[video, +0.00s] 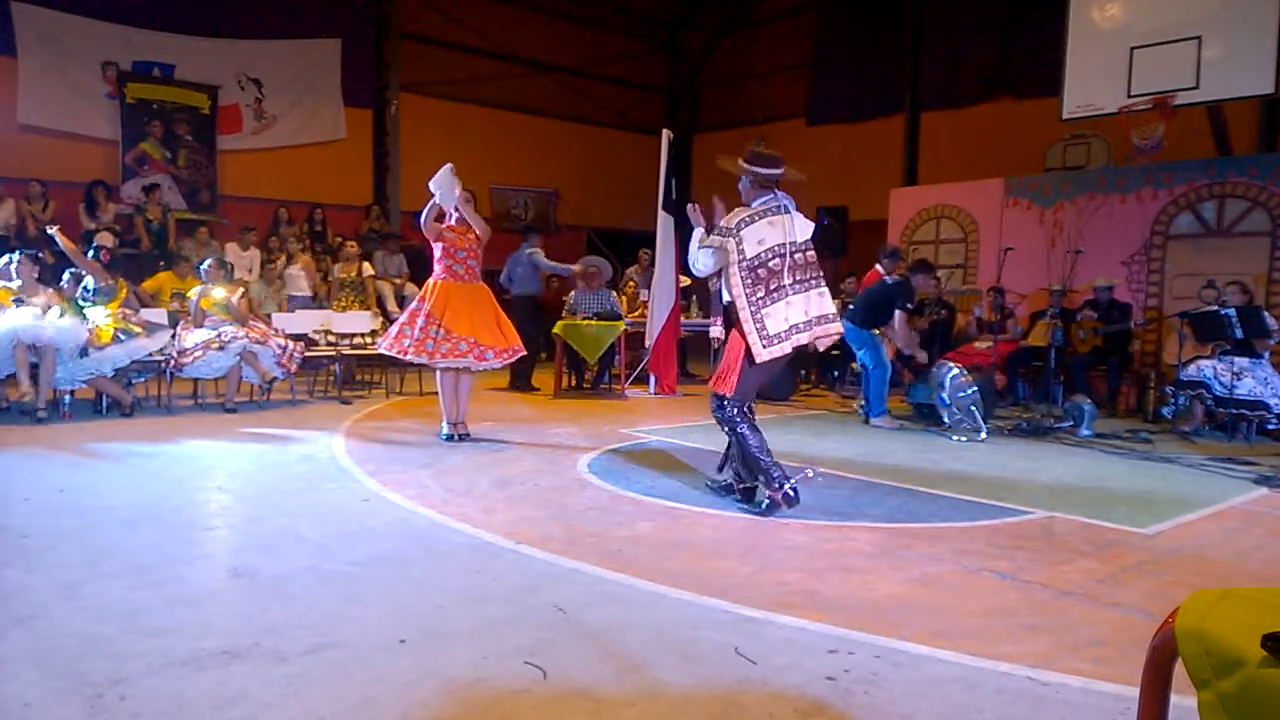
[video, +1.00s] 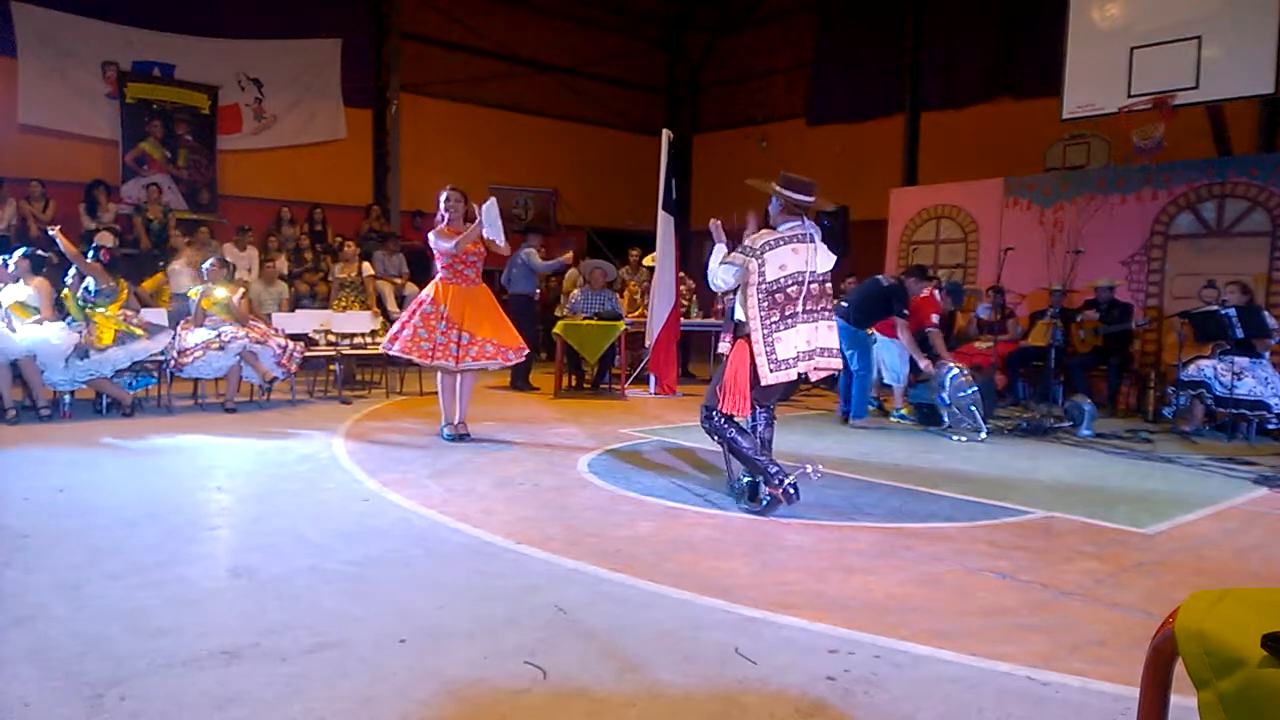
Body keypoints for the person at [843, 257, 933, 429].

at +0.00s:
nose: (930, 284)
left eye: (931, 280)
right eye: (929, 279)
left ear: (915, 275)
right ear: (920, 277)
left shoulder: (896, 283)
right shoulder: (906, 289)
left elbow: (884, 324)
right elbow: (900, 329)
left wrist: (902, 344)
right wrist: (915, 351)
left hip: (853, 323)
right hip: (860, 327)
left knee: (872, 366)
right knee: (880, 367)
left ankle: (871, 410)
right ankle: (878, 414)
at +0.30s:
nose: (930, 291)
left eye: (932, 286)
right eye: (930, 285)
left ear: (917, 278)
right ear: (920, 280)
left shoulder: (898, 286)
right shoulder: (904, 291)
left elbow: (888, 326)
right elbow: (895, 326)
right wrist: (905, 357)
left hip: (859, 324)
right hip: (861, 326)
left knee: (871, 368)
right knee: (877, 367)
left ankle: (870, 410)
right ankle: (878, 413)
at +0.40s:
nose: (930, 291)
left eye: (932, 286)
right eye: (930, 285)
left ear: (917, 278)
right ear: (920, 280)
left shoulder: (900, 287)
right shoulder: (903, 290)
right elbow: (895, 327)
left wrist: (927, 344)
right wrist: (908, 357)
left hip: (855, 322)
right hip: (859, 325)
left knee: (870, 367)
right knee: (877, 366)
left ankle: (869, 410)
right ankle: (877, 413)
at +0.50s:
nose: (927, 294)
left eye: (930, 291)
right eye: (929, 289)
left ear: (917, 280)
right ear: (920, 281)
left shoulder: (898, 286)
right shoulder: (902, 292)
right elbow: (897, 328)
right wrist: (913, 356)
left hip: (851, 323)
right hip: (858, 325)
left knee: (868, 367)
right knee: (876, 366)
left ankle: (869, 409)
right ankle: (873, 413)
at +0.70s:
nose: (926, 292)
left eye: (928, 288)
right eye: (926, 287)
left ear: (914, 279)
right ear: (916, 280)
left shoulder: (894, 283)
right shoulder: (902, 291)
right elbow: (904, 330)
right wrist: (921, 358)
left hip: (847, 323)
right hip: (856, 327)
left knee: (866, 368)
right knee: (870, 369)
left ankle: (868, 408)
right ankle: (862, 414)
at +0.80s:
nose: (923, 293)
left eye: (926, 289)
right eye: (924, 288)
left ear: (911, 279)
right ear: (915, 280)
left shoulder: (888, 281)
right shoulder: (901, 291)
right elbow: (903, 329)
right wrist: (920, 358)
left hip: (843, 322)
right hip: (856, 327)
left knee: (860, 369)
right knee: (869, 370)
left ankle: (866, 408)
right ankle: (861, 414)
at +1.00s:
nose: (920, 292)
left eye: (923, 288)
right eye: (920, 287)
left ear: (907, 278)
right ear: (911, 280)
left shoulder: (886, 280)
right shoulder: (900, 292)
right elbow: (902, 330)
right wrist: (920, 359)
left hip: (842, 317)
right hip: (854, 325)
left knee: (849, 369)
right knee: (863, 371)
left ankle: (845, 409)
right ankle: (858, 415)